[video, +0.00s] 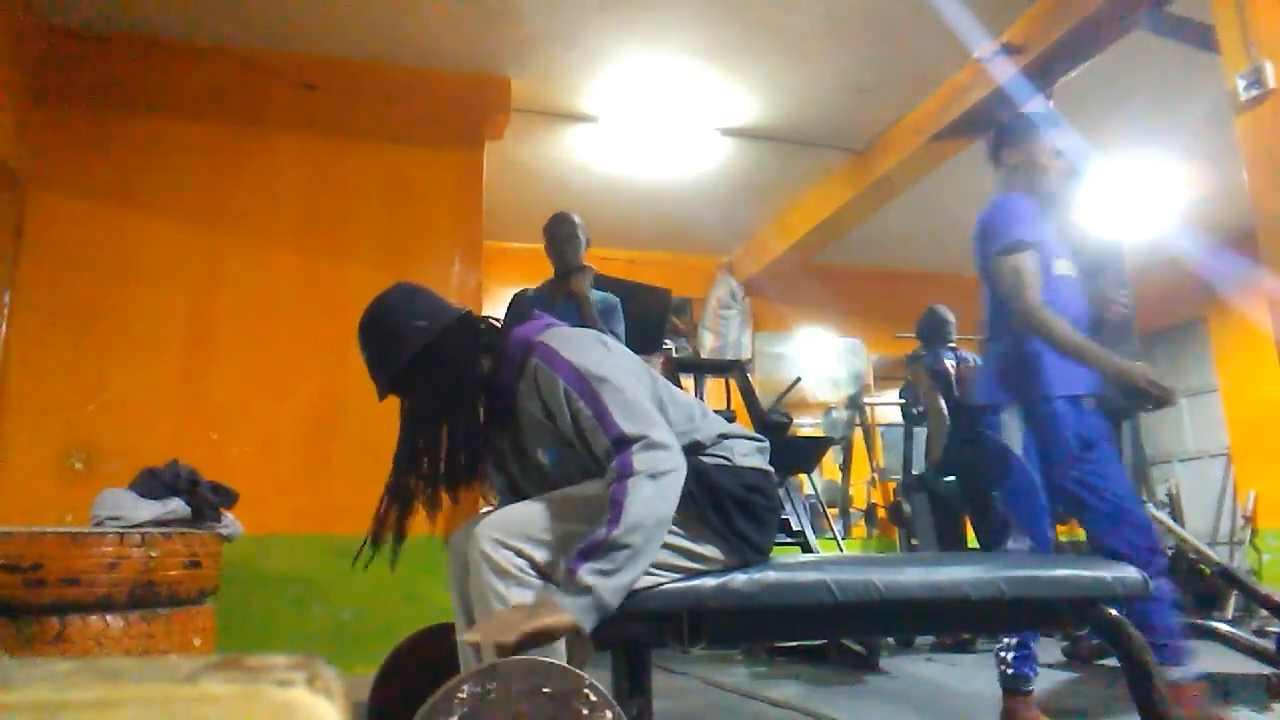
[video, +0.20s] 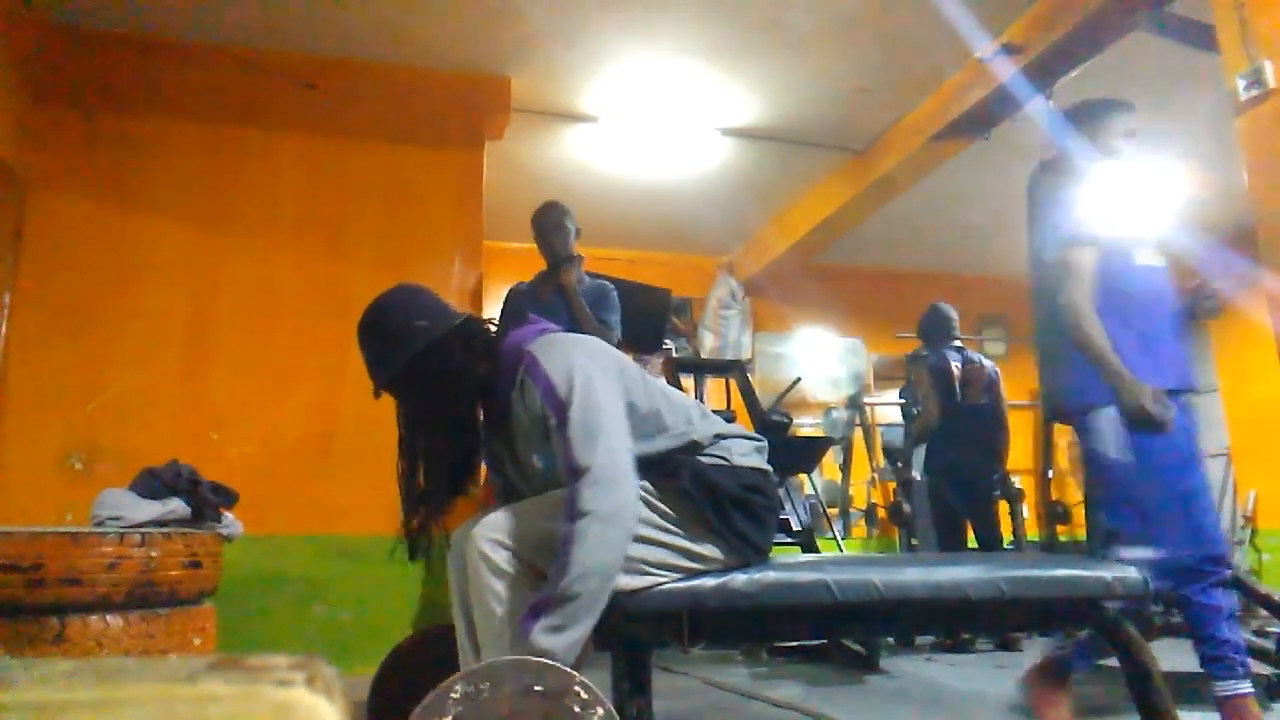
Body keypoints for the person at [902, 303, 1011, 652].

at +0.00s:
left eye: (924, 335)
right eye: (943, 330)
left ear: (921, 334)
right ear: (953, 332)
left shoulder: (920, 363)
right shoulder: (972, 362)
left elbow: (939, 414)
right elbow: (983, 410)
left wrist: (933, 465)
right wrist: (983, 451)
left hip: (945, 464)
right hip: (979, 462)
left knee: (949, 543)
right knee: (993, 539)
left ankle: (956, 628)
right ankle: (1001, 622)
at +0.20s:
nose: (921, 342)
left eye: (921, 336)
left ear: (924, 334)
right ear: (957, 331)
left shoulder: (924, 362)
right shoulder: (986, 366)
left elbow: (932, 413)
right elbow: (1002, 422)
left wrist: (911, 439)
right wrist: (1000, 465)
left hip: (944, 464)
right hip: (982, 465)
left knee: (949, 544)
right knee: (991, 542)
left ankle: (954, 629)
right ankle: (1006, 627)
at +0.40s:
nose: (919, 349)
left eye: (918, 344)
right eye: (919, 345)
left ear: (924, 340)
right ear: (952, 332)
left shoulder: (929, 365)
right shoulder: (986, 365)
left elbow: (917, 419)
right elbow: (998, 423)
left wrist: (898, 411)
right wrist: (999, 465)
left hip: (945, 470)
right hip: (981, 469)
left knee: (950, 548)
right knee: (991, 544)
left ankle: (958, 630)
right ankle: (1006, 629)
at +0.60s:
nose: (915, 353)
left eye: (914, 348)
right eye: (915, 349)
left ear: (919, 343)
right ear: (945, 336)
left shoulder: (925, 366)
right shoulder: (980, 366)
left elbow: (912, 416)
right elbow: (994, 424)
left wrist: (902, 385)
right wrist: (998, 466)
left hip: (942, 470)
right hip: (978, 467)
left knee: (950, 546)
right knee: (989, 543)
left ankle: (957, 629)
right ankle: (1005, 628)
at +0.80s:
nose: (913, 350)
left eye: (913, 344)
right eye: (912, 345)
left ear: (920, 341)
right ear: (945, 336)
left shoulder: (927, 367)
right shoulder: (981, 366)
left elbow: (922, 420)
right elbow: (994, 423)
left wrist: (900, 393)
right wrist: (1000, 467)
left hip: (943, 471)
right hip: (979, 469)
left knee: (950, 550)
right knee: (991, 547)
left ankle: (956, 631)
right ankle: (1007, 629)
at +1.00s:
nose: (917, 350)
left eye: (916, 344)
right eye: (916, 345)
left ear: (923, 340)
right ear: (950, 334)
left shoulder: (929, 366)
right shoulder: (983, 365)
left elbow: (928, 418)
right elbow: (997, 423)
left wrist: (903, 430)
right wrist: (1001, 466)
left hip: (945, 467)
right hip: (979, 465)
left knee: (951, 546)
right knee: (991, 543)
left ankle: (958, 630)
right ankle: (1004, 627)